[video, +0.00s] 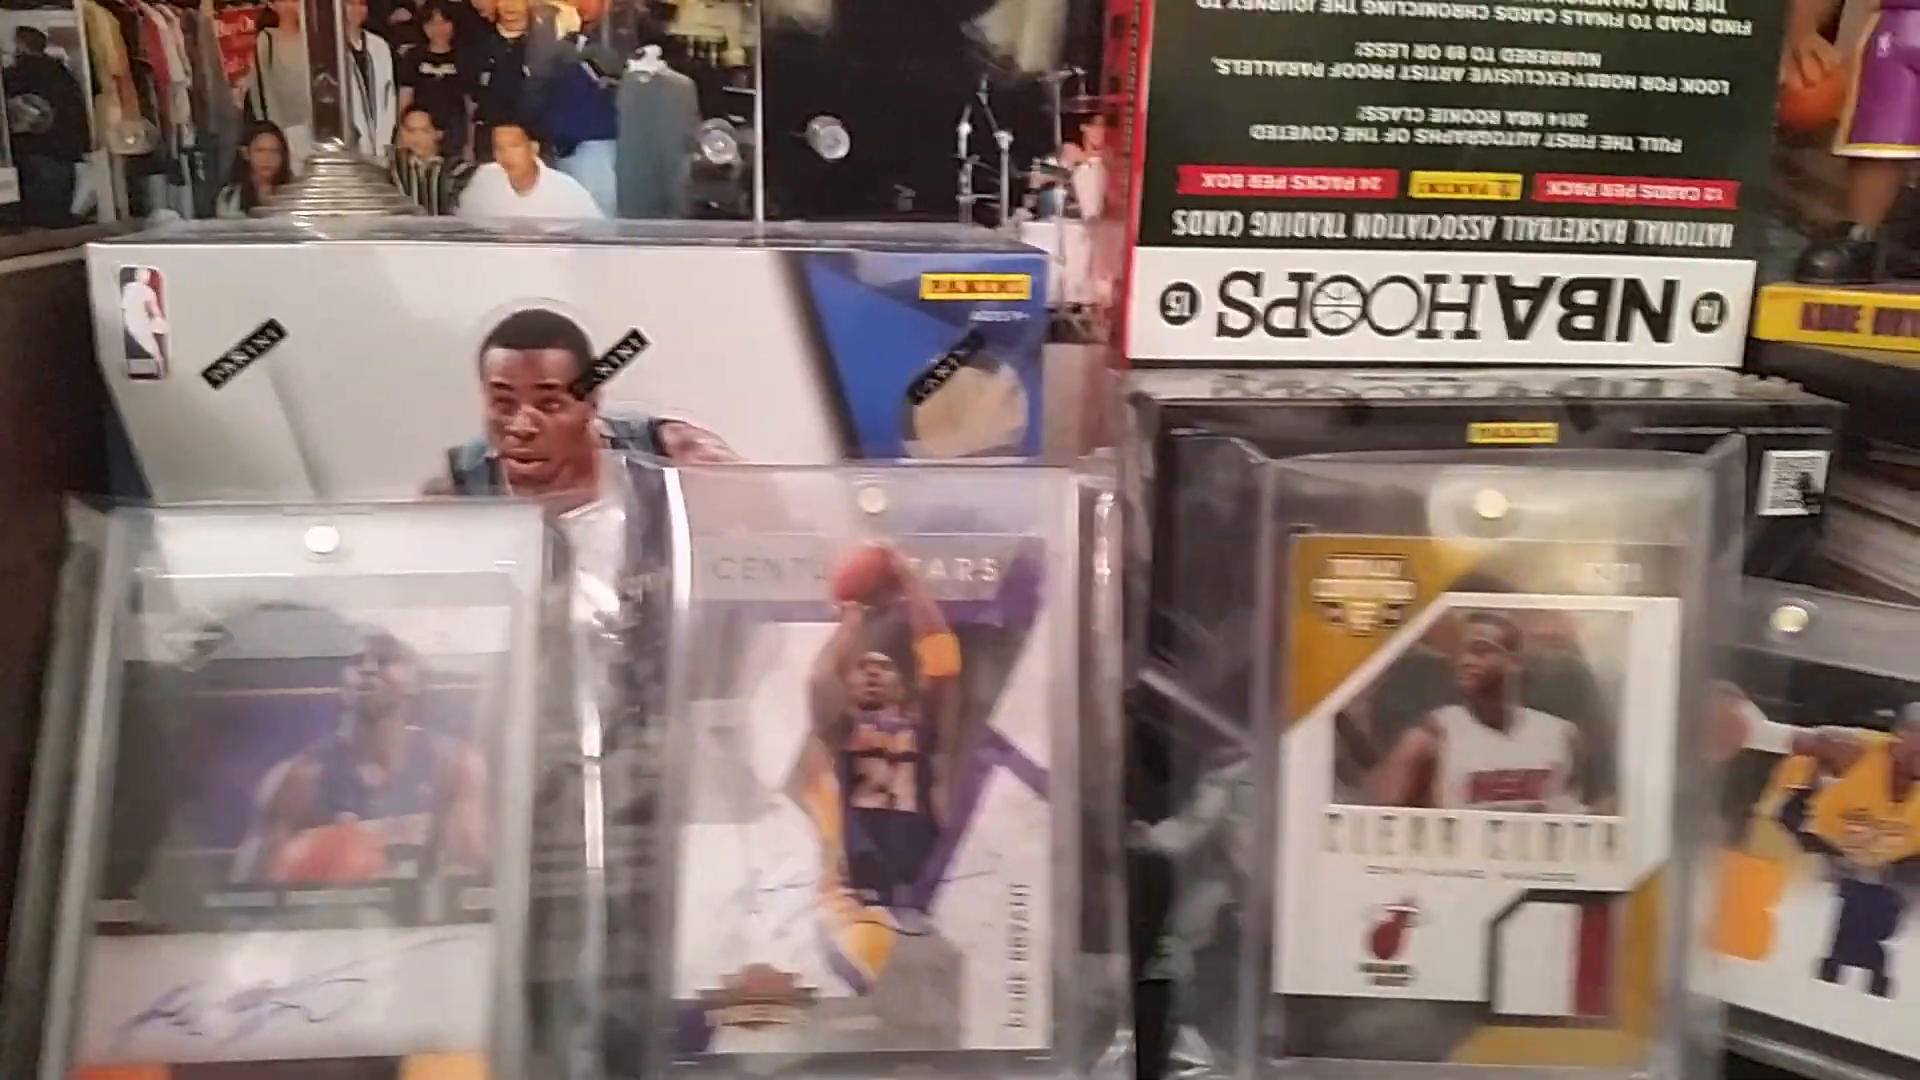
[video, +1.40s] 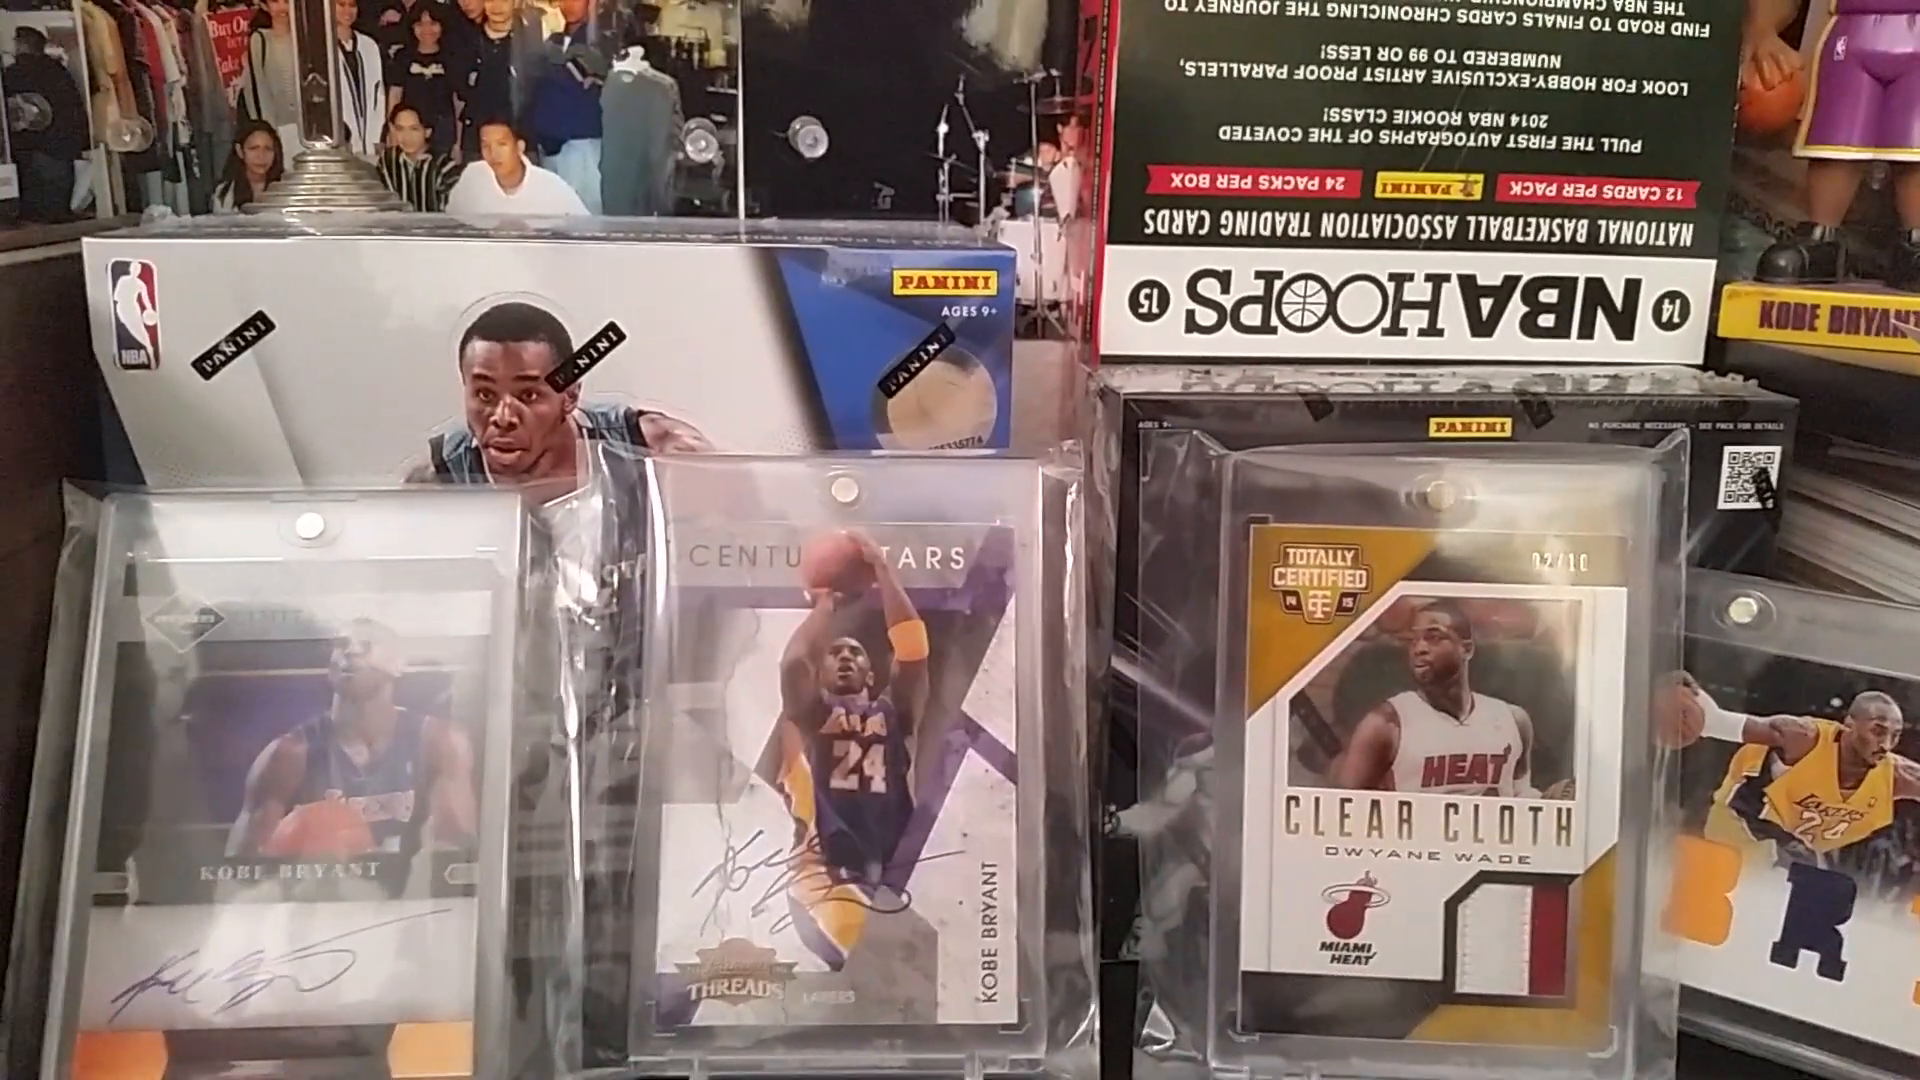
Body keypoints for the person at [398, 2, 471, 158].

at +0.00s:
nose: (440, 29)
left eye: (444, 22)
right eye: (434, 23)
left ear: (453, 26)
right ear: (425, 28)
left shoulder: (463, 58)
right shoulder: (413, 58)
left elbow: (470, 102)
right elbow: (406, 97)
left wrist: (470, 145)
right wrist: (403, 135)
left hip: (454, 132)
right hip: (421, 133)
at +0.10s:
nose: (407, 26)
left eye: (413, 21)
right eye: (402, 21)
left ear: (423, 25)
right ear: (394, 26)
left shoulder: (433, 59)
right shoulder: (384, 56)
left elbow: (440, 102)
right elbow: (376, 95)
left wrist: (440, 143)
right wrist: (369, 132)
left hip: (424, 130)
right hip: (390, 131)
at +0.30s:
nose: (393, 28)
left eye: (399, 21)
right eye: (386, 22)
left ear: (408, 26)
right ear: (380, 27)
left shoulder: (418, 57)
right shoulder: (370, 55)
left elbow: (426, 100)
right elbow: (362, 93)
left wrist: (426, 142)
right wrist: (358, 131)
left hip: (409, 128)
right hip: (377, 129)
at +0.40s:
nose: (385, 29)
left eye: (387, 23)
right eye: (379, 24)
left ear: (395, 29)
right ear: (368, 30)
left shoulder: (405, 59)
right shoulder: (355, 59)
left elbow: (412, 102)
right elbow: (347, 98)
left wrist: (412, 144)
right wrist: (342, 136)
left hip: (395, 130)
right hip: (362, 132)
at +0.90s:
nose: (394, 28)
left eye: (399, 21)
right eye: (387, 22)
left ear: (408, 26)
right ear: (381, 28)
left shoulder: (417, 56)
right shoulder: (370, 56)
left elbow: (426, 98)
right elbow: (362, 95)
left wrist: (426, 141)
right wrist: (359, 132)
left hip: (410, 127)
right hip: (378, 129)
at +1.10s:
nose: (411, 28)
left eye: (417, 22)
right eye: (405, 23)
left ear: (427, 27)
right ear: (399, 28)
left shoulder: (436, 58)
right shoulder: (388, 56)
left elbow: (444, 101)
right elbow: (380, 95)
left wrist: (443, 142)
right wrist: (377, 132)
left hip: (428, 127)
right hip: (395, 128)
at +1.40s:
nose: (427, 29)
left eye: (432, 23)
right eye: (420, 24)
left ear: (441, 28)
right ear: (414, 29)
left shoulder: (451, 59)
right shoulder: (403, 57)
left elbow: (459, 101)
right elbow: (395, 95)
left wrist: (458, 142)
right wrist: (392, 132)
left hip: (442, 128)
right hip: (410, 129)